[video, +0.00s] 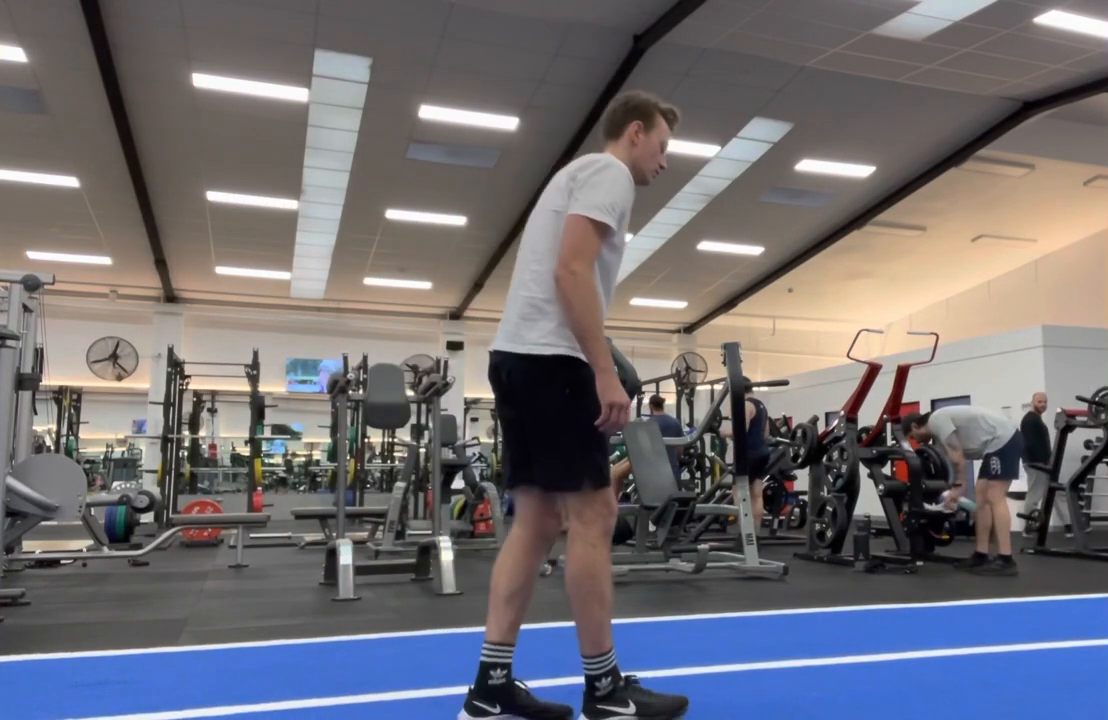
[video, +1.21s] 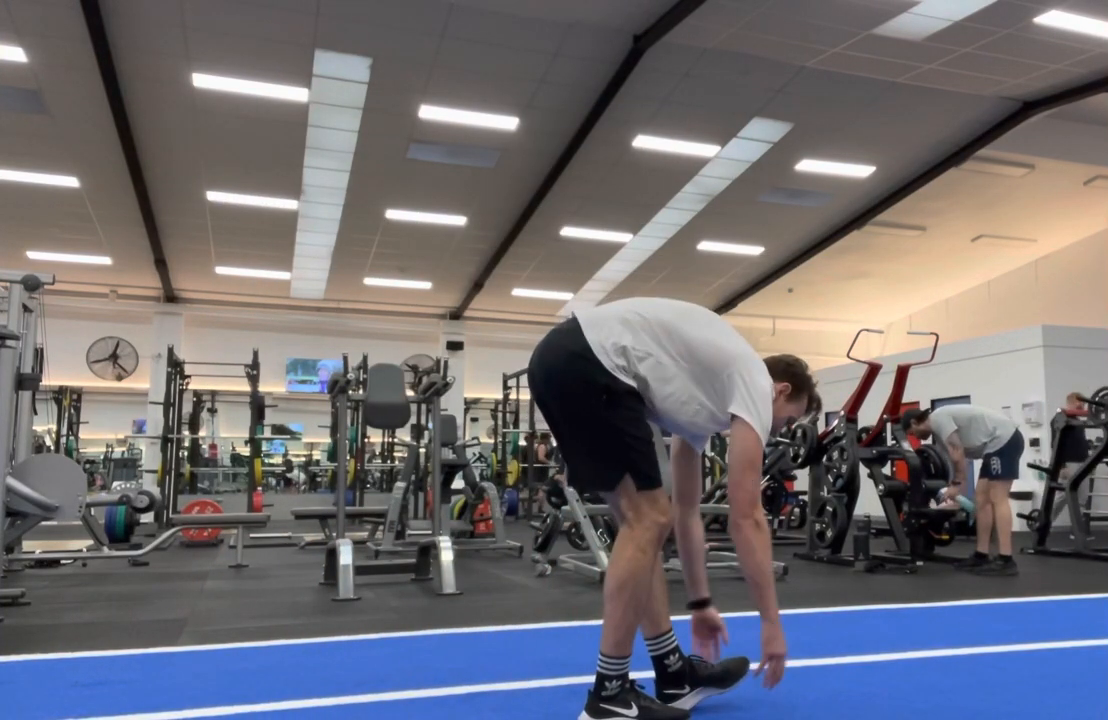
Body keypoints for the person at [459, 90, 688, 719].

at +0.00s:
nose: (663, 160)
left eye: (666, 149)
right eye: (662, 145)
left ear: (625, 133)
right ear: (634, 132)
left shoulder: (574, 176)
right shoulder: (609, 172)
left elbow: (555, 283)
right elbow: (572, 268)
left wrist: (600, 370)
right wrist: (605, 370)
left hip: (520, 360)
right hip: (554, 359)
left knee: (535, 521)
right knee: (593, 514)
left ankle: (492, 680)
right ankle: (605, 685)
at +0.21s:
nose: (714, 211)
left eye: (719, 201)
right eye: (717, 197)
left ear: (681, 176)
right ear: (693, 178)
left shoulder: (622, 203)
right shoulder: (665, 209)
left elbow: (566, 301)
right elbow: (618, 300)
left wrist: (545, 421)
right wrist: (622, 410)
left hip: (541, 360)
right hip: (565, 365)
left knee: (620, 502)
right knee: (610, 514)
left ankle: (563, 652)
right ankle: (608, 688)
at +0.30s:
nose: (736, 243)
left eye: (742, 235)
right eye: (739, 229)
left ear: (701, 203)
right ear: (720, 208)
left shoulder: (642, 223)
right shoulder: (690, 233)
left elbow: (573, 310)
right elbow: (638, 319)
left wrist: (542, 419)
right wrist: (623, 429)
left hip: (544, 364)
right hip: (568, 367)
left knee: (629, 509)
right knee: (618, 517)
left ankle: (633, 662)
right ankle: (607, 692)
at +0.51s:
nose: (769, 313)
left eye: (775, 304)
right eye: (774, 300)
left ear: (748, 274)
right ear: (757, 278)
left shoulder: (680, 270)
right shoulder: (722, 289)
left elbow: (596, 345)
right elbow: (662, 373)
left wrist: (537, 444)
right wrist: (629, 480)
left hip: (548, 360)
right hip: (576, 369)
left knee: (642, 516)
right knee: (630, 520)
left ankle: (669, 669)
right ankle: (609, 691)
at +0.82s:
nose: (777, 398)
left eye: (787, 392)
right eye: (786, 387)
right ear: (776, 358)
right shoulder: (743, 357)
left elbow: (612, 443)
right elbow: (687, 463)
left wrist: (567, 530)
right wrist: (661, 573)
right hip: (577, 364)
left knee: (636, 516)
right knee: (639, 526)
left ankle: (670, 669)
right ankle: (610, 692)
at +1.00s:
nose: (780, 427)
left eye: (788, 421)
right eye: (787, 415)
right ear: (777, 387)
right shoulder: (749, 380)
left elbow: (654, 490)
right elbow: (712, 505)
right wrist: (707, 622)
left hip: (562, 359)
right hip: (585, 364)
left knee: (635, 521)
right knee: (649, 519)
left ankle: (670, 671)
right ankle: (609, 691)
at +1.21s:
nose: (780, 429)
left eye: (788, 424)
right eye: (788, 418)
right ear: (780, 391)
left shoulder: (693, 403)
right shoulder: (753, 382)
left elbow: (687, 510)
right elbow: (746, 515)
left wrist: (700, 605)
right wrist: (771, 623)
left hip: (564, 360)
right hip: (590, 362)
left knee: (639, 520)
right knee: (650, 517)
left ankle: (672, 672)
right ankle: (609, 690)